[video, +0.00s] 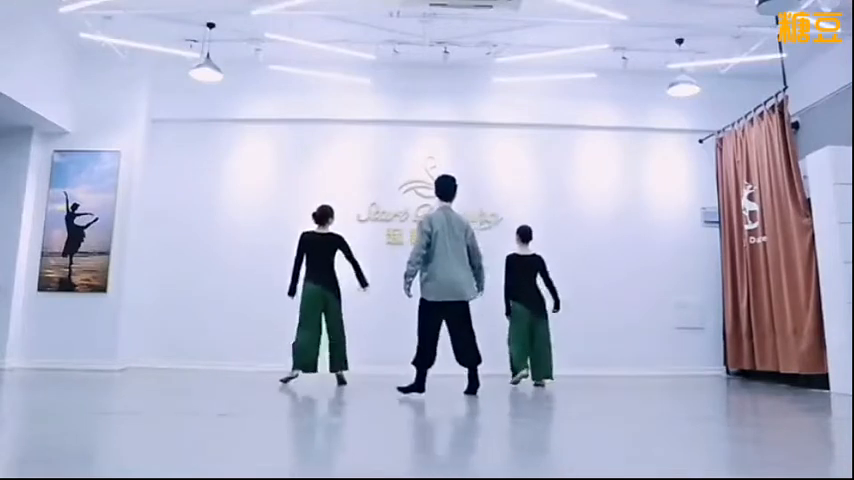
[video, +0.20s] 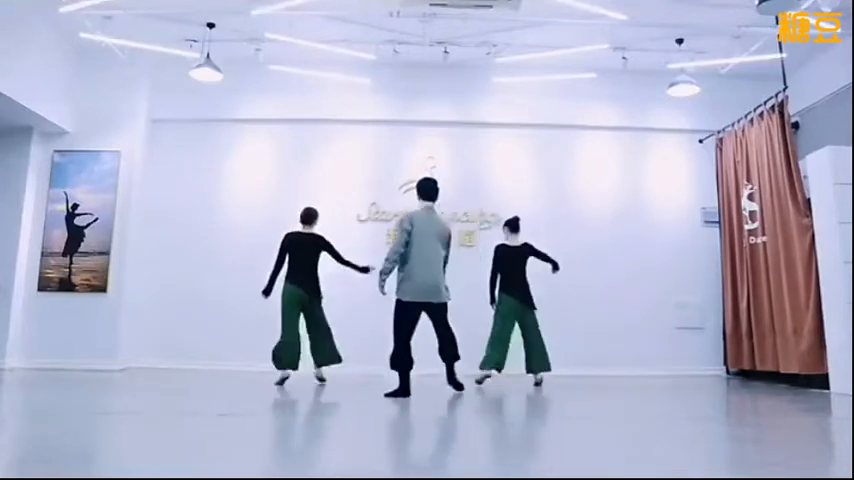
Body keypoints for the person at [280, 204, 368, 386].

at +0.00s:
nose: (332, 221)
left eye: (330, 218)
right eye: (332, 218)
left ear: (315, 218)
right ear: (330, 220)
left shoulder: (306, 237)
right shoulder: (336, 239)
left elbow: (298, 263)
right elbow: (351, 260)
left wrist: (292, 286)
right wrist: (362, 280)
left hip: (310, 288)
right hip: (331, 288)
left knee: (306, 327)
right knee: (335, 328)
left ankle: (297, 366)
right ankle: (339, 369)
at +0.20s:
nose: (312, 223)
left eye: (308, 219)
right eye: (314, 220)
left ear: (300, 220)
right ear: (315, 221)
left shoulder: (289, 238)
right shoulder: (319, 240)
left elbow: (279, 264)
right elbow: (340, 260)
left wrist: (268, 287)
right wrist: (361, 269)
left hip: (291, 289)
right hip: (311, 290)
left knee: (289, 329)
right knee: (315, 329)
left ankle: (285, 369)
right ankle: (318, 369)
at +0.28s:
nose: (308, 227)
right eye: (310, 224)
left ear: (295, 223)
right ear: (311, 225)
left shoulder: (285, 242)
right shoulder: (315, 243)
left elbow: (276, 269)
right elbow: (332, 265)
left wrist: (265, 291)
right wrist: (351, 277)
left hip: (287, 292)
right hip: (307, 294)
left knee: (284, 331)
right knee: (306, 332)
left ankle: (284, 370)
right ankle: (301, 370)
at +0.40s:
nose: (293, 238)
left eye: (289, 234)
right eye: (295, 234)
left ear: (285, 234)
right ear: (301, 234)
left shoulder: (279, 252)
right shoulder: (308, 252)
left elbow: (272, 281)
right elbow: (312, 280)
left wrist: (265, 302)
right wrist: (318, 299)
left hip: (281, 300)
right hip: (300, 302)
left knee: (276, 335)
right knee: (292, 336)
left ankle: (278, 371)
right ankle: (288, 370)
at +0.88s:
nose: (279, 241)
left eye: (275, 238)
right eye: (283, 237)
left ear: (272, 237)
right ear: (288, 237)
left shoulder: (265, 252)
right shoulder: (294, 250)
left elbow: (261, 281)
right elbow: (293, 280)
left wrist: (256, 305)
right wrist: (296, 306)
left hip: (269, 300)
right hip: (290, 302)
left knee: (270, 338)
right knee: (279, 341)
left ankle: (279, 368)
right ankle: (264, 376)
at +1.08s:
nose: (279, 235)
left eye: (274, 232)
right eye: (281, 232)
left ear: (270, 232)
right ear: (286, 231)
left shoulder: (263, 247)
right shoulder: (292, 245)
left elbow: (258, 277)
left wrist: (254, 301)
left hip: (267, 296)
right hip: (287, 296)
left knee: (268, 334)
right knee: (283, 335)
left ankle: (278, 366)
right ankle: (267, 372)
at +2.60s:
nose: (274, 226)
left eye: (271, 223)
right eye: (277, 224)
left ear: (265, 226)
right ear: (281, 227)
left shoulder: (257, 245)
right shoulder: (285, 246)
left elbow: (252, 274)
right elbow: (291, 231)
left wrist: (248, 298)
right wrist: (287, 215)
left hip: (261, 292)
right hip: (280, 293)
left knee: (263, 330)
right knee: (278, 331)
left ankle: (275, 365)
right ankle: (266, 373)